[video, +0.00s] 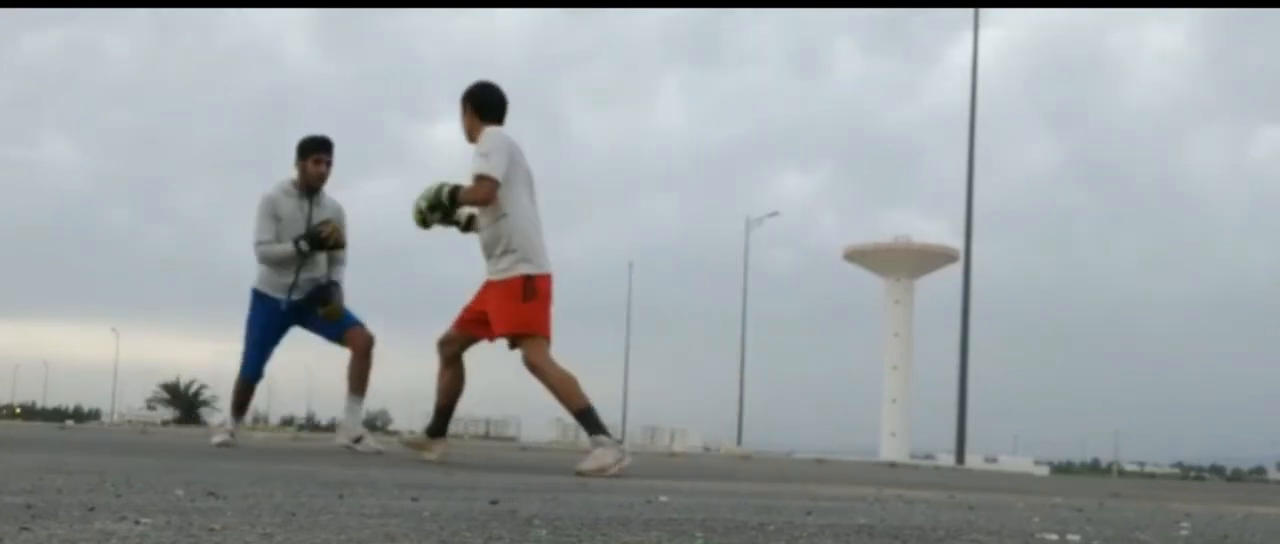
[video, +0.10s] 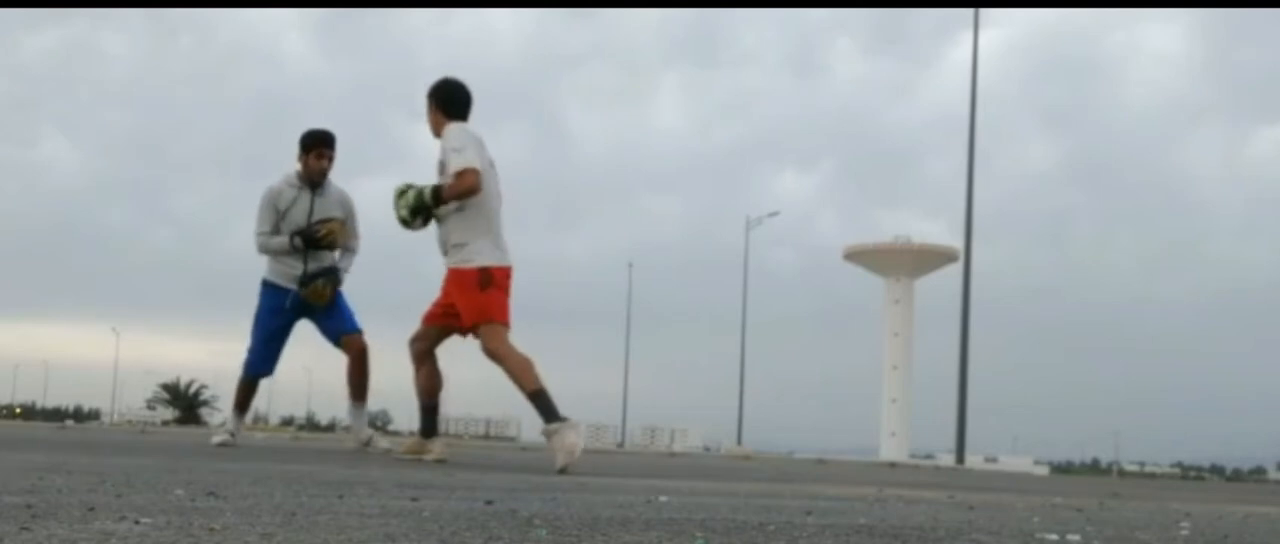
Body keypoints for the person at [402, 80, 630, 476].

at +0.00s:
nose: (461, 122)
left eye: (462, 114)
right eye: (463, 114)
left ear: (471, 112)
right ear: (495, 113)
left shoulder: (496, 140)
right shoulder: (498, 150)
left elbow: (485, 192)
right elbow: (497, 217)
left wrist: (447, 195)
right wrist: (456, 217)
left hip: (523, 274)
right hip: (501, 277)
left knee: (536, 358)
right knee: (449, 346)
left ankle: (604, 443)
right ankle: (434, 438)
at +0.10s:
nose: (427, 117)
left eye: (428, 109)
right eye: (427, 109)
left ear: (435, 109)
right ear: (462, 109)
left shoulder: (457, 136)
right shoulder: (467, 142)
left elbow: (469, 183)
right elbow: (469, 195)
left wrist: (428, 197)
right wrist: (430, 205)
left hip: (481, 266)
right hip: (467, 269)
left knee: (495, 343)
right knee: (420, 344)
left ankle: (558, 426)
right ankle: (427, 438)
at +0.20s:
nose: (407, 108)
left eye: (407, 100)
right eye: (408, 100)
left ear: (413, 99)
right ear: (439, 99)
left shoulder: (435, 123)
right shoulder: (435, 133)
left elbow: (458, 170)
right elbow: (450, 179)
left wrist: (417, 190)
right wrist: (410, 197)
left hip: (461, 246)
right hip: (443, 248)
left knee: (439, 332)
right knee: (411, 337)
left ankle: (503, 420)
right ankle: (425, 427)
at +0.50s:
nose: (367, 130)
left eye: (366, 125)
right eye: (370, 125)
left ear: (370, 125)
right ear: (402, 125)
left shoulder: (382, 157)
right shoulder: (418, 163)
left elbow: (401, 209)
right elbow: (421, 218)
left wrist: (366, 240)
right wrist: (377, 242)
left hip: (396, 279)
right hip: (422, 280)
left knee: (336, 346)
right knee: (377, 351)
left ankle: (371, 428)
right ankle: (400, 431)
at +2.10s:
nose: (482, 128)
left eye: (481, 120)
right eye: (479, 120)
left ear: (449, 120)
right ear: (465, 121)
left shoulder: (427, 157)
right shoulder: (444, 160)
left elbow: (395, 200)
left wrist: (457, 215)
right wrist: (472, 231)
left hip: (432, 271)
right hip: (415, 271)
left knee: (492, 341)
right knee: (438, 350)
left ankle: (477, 432)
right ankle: (370, 426)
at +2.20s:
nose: (478, 129)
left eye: (477, 121)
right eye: (475, 120)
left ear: (449, 120)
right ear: (460, 121)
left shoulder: (437, 157)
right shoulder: (429, 155)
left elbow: (433, 198)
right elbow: (406, 217)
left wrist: (476, 188)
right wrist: (451, 230)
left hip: (412, 266)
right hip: (387, 261)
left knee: (468, 348)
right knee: (415, 333)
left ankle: (439, 437)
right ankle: (363, 417)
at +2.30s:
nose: (452, 129)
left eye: (452, 120)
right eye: (449, 120)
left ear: (429, 119)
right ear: (432, 118)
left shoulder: (429, 160)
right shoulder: (397, 155)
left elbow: (462, 184)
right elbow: (393, 220)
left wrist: (503, 173)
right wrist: (441, 220)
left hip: (397, 272)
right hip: (370, 266)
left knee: (458, 350)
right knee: (380, 341)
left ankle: (439, 442)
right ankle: (311, 421)